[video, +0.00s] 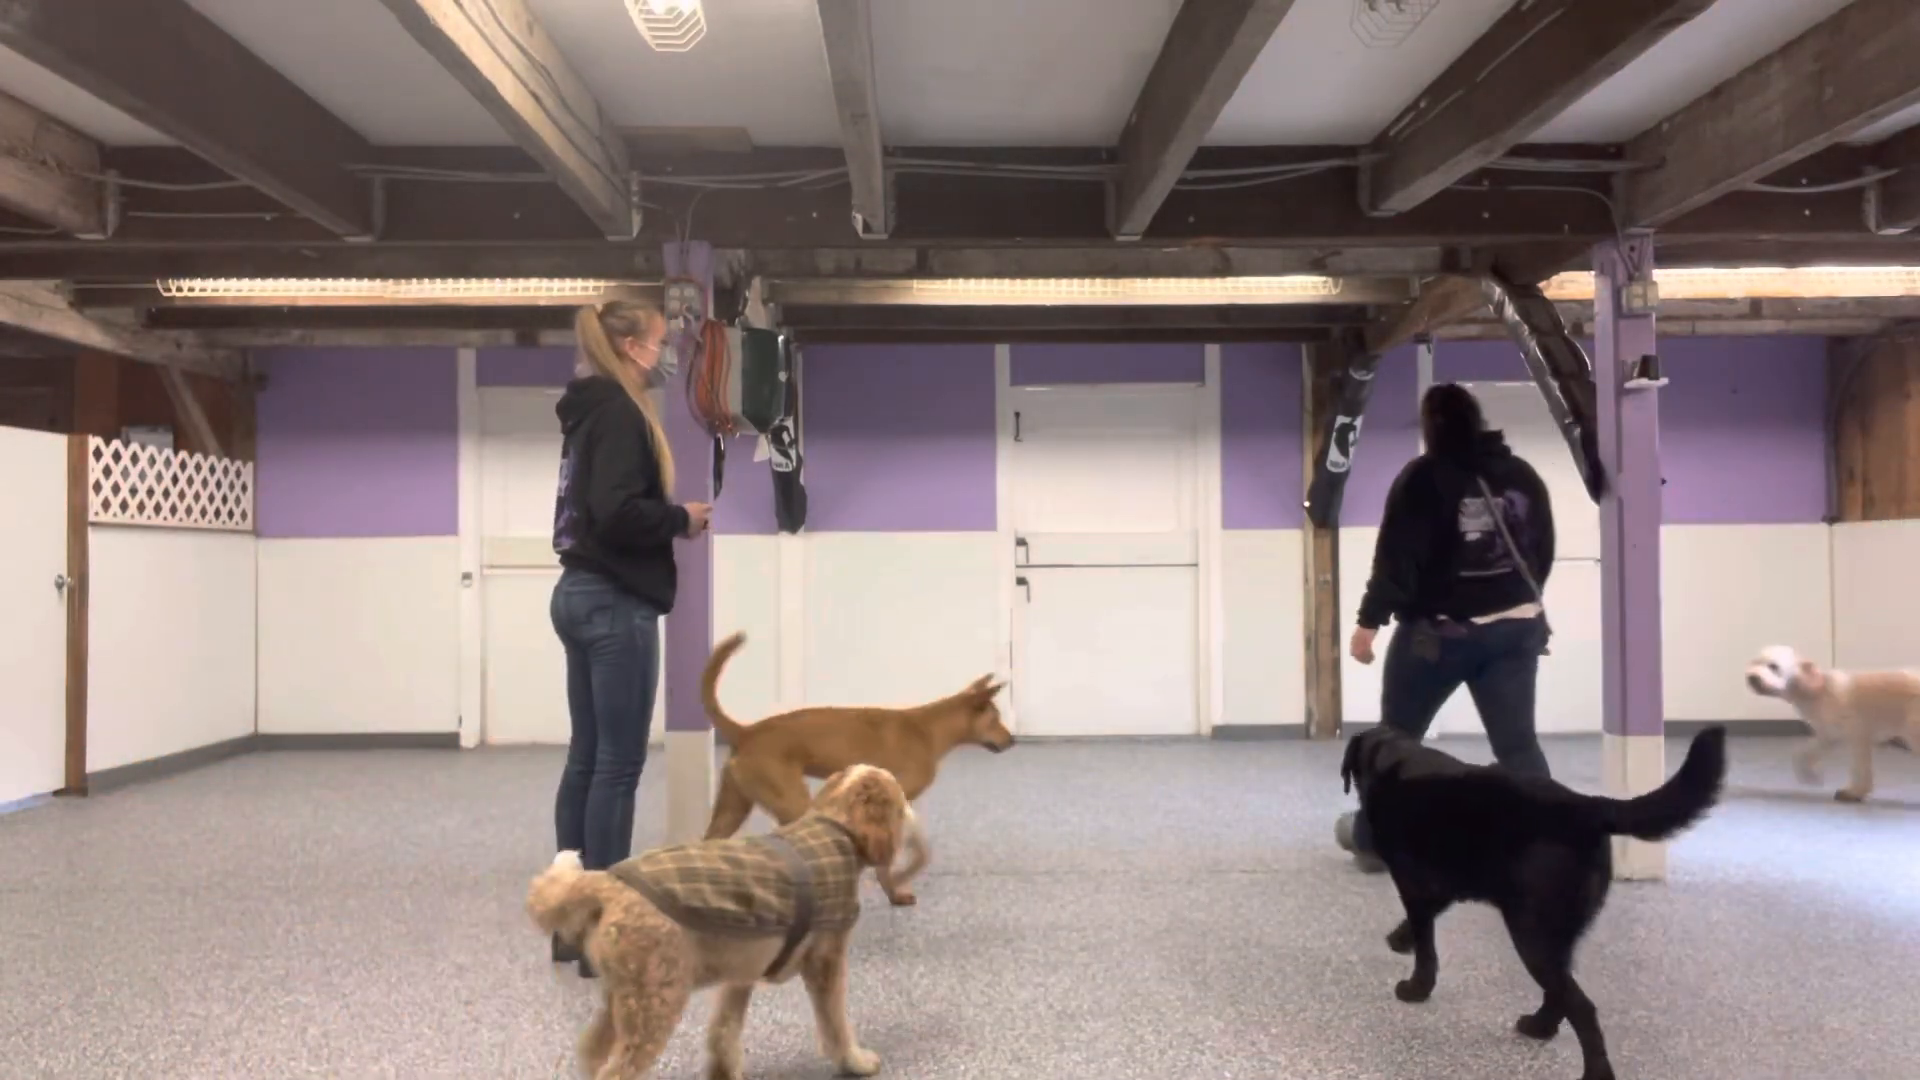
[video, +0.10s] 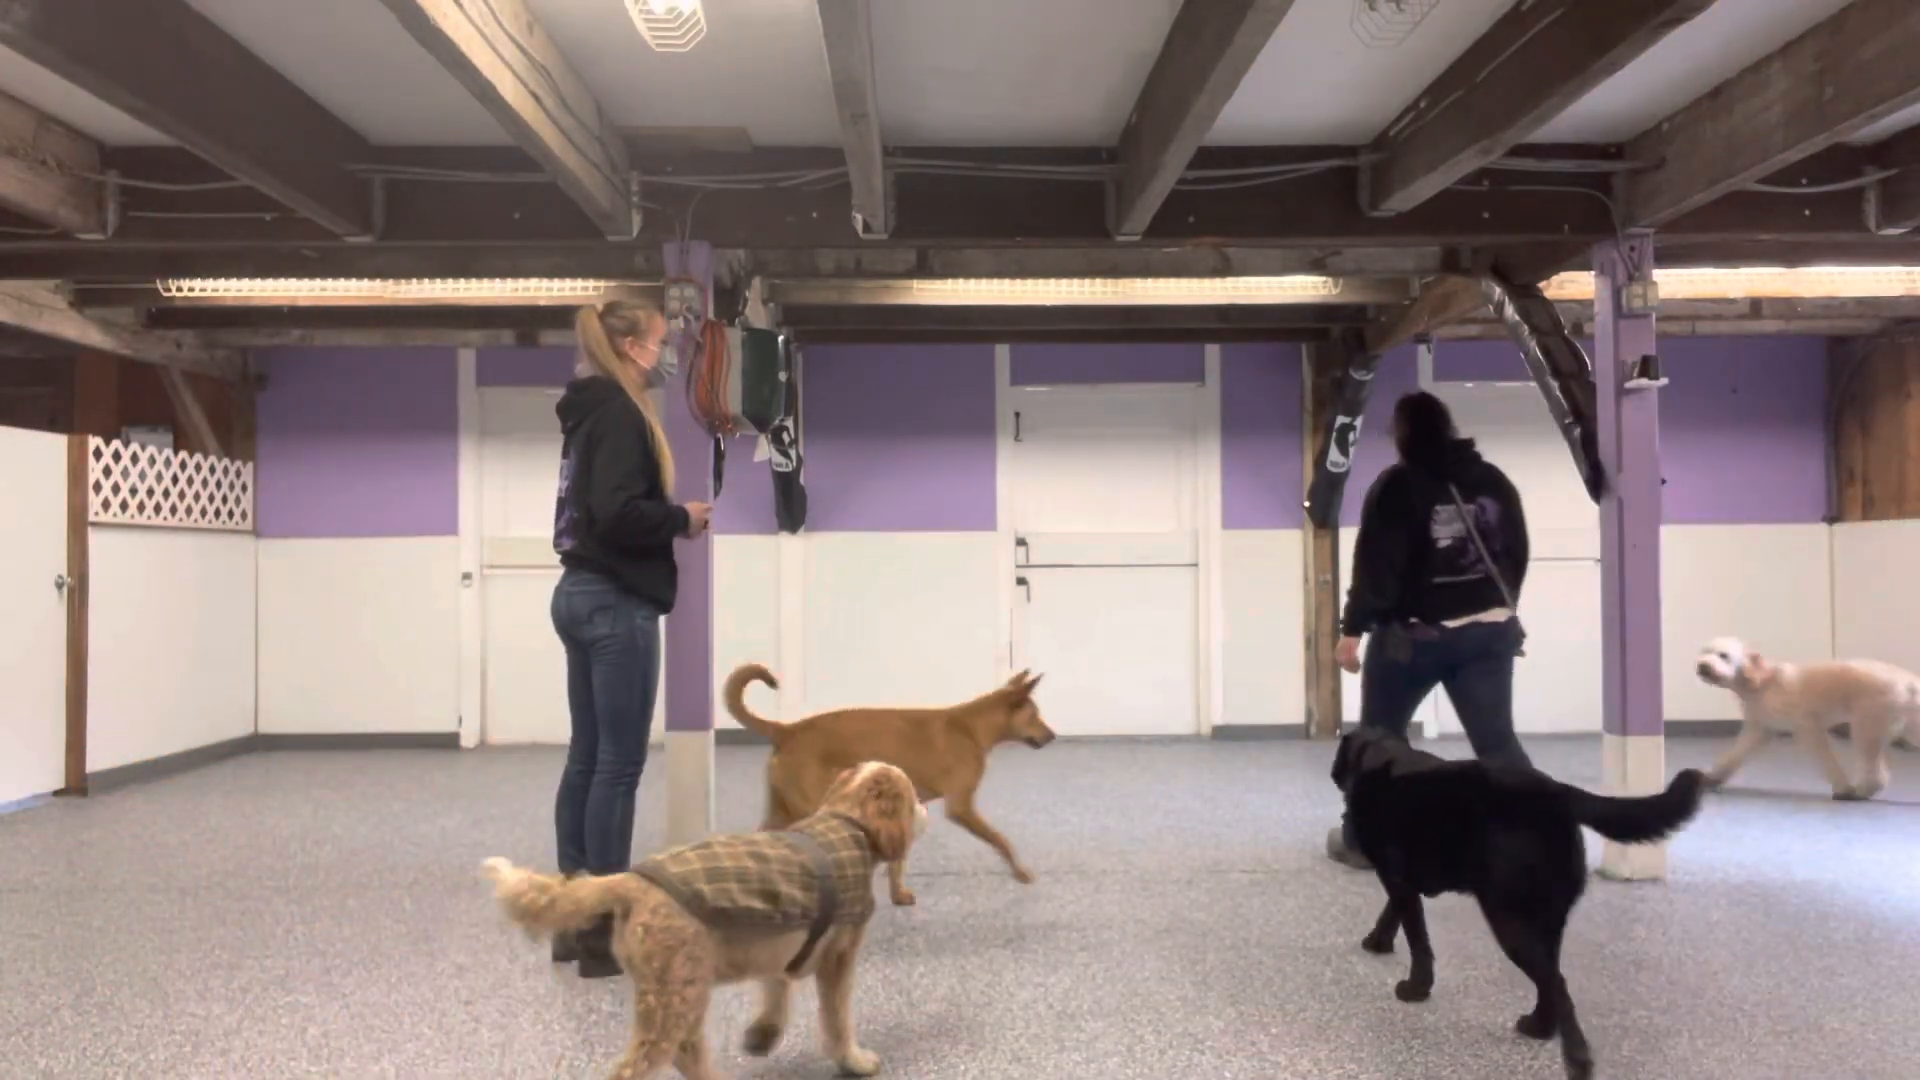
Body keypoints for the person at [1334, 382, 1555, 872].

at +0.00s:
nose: (1423, 431)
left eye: (1425, 423)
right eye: (1428, 421)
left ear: (1430, 427)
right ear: (1476, 420)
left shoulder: (1421, 479)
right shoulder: (1521, 474)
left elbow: (1396, 559)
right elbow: (1541, 552)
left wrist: (1368, 622)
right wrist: (1518, 600)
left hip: (1435, 636)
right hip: (1511, 632)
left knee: (1398, 740)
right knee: (1518, 747)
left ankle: (1376, 836)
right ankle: (1554, 842)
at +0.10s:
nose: (1395, 438)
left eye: (1397, 431)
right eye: (1398, 430)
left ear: (1403, 435)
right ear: (1448, 427)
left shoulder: (1394, 489)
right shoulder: (1493, 481)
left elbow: (1376, 569)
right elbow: (1516, 554)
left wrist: (1351, 630)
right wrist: (1498, 609)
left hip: (1410, 640)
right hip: (1486, 636)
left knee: (1379, 740)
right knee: (1499, 746)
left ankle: (1365, 840)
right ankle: (1544, 839)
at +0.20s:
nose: (1366, 441)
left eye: (1368, 433)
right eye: (1367, 433)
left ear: (1375, 437)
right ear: (1420, 428)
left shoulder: (1370, 488)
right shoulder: (1466, 479)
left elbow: (1352, 565)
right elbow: (1488, 551)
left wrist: (1333, 622)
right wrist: (1487, 613)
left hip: (1386, 633)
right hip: (1460, 631)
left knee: (1361, 739)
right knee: (1466, 738)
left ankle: (1358, 839)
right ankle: (1519, 820)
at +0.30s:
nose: (1340, 434)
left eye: (1342, 426)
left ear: (1344, 431)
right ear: (1390, 423)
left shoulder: (1338, 483)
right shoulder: (1439, 471)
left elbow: (1314, 554)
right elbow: (1466, 539)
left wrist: (1298, 616)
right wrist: (1467, 602)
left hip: (1363, 623)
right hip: (1434, 621)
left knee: (1356, 736)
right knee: (1423, 724)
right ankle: (1476, 781)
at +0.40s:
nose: (1327, 432)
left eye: (1328, 424)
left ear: (1330, 429)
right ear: (1375, 423)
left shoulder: (1322, 481)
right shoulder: (1423, 469)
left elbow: (1297, 549)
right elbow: (1452, 535)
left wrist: (1279, 607)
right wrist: (1452, 596)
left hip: (1354, 616)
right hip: (1423, 612)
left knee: (1353, 725)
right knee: (1405, 711)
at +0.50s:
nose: (1317, 432)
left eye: (1319, 425)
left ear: (1324, 430)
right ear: (1365, 427)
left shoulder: (1314, 479)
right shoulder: (1412, 470)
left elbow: (1289, 546)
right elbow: (1440, 532)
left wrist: (1269, 601)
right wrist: (1439, 589)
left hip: (1347, 615)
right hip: (1414, 613)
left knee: (1350, 720)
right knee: (1395, 707)